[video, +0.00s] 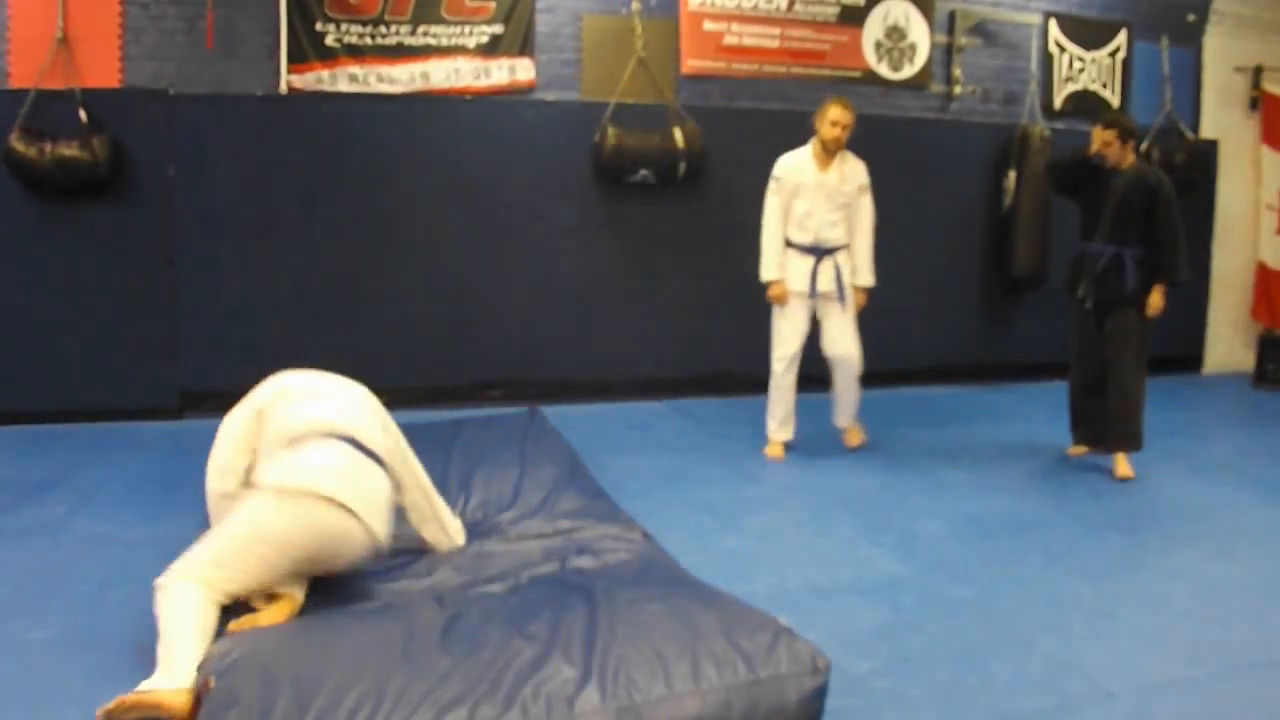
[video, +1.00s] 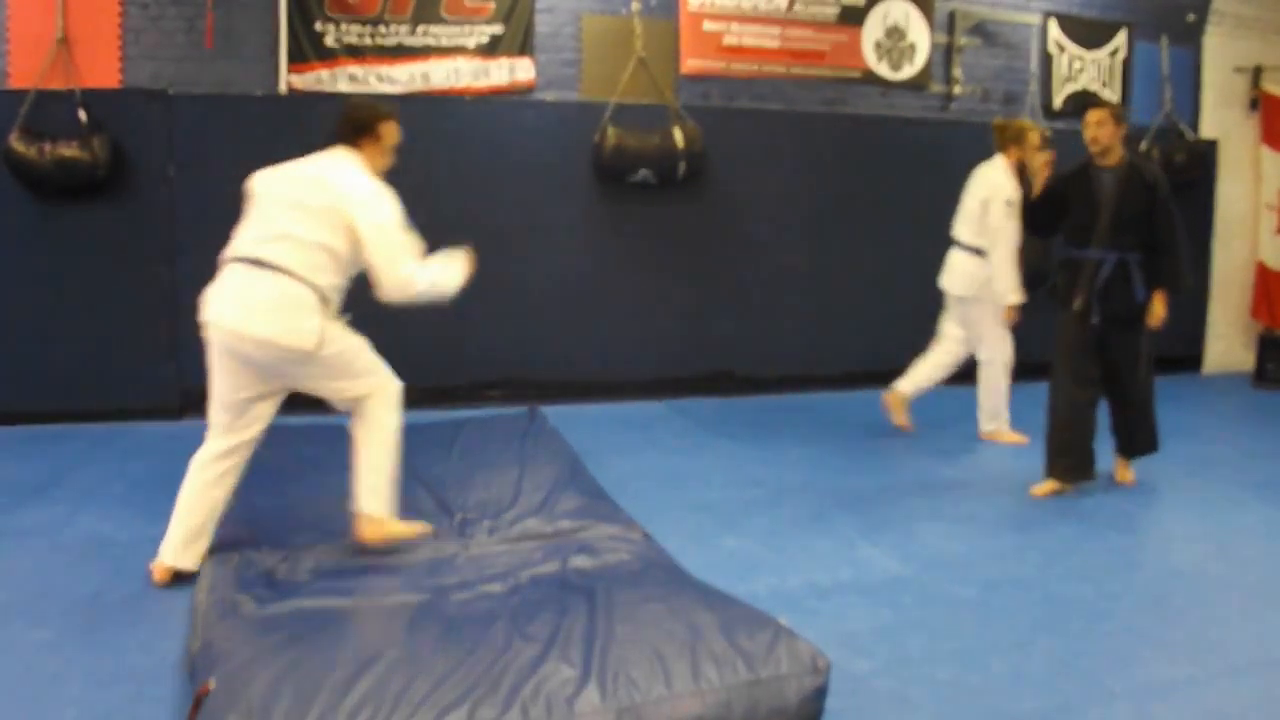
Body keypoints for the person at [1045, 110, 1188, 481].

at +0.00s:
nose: (1098, 152)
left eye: (1105, 145)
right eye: (1096, 145)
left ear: (1125, 144)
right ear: (1097, 146)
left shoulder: (1152, 182)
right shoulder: (1093, 176)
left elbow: (1167, 239)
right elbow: (1057, 177)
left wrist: (1160, 284)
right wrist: (1088, 158)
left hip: (1130, 284)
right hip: (1091, 280)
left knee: (1124, 365)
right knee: (1087, 360)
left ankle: (1120, 448)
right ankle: (1088, 436)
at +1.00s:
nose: (1092, 133)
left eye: (1100, 126)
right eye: (1087, 126)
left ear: (1120, 130)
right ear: (1083, 132)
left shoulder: (1147, 179)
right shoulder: (1073, 179)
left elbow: (1165, 240)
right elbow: (1040, 224)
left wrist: (1161, 291)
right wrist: (1036, 187)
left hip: (1128, 293)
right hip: (1079, 291)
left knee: (1128, 378)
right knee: (1070, 381)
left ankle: (1125, 455)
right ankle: (1064, 470)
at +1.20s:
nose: (1075, 128)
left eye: (1083, 120)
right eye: (1070, 122)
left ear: (1104, 123)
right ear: (1066, 129)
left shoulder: (1134, 173)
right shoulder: (1058, 178)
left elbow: (1159, 233)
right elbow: (1039, 243)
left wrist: (1153, 286)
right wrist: (1027, 223)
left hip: (1121, 288)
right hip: (1070, 288)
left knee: (1127, 381)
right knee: (1065, 381)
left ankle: (1125, 451)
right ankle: (1062, 473)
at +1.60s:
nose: (1088, 125)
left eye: (1097, 118)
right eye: (1085, 119)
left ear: (1122, 125)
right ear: (1082, 127)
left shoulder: (1149, 177)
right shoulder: (1073, 178)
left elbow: (1164, 244)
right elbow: (1049, 240)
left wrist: (1147, 297)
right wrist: (1038, 215)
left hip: (1122, 298)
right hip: (1074, 293)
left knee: (1120, 394)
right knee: (1063, 388)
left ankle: (1119, 494)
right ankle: (1057, 473)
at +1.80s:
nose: (1106, 121)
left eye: (1115, 113)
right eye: (1104, 114)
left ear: (1140, 119)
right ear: (1103, 122)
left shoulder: (1167, 175)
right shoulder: (1094, 170)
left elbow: (1176, 247)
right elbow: (1070, 226)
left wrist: (1163, 304)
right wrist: (1050, 217)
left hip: (1134, 298)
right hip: (1086, 292)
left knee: (1126, 398)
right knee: (1069, 389)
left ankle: (1120, 495)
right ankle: (1061, 474)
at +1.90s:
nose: (1111, 119)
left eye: (1120, 112)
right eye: (1108, 113)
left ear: (1145, 119)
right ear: (1107, 122)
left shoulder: (1171, 176)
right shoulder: (1096, 171)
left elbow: (1183, 247)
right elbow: (1073, 234)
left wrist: (1172, 306)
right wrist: (1063, 199)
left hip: (1139, 296)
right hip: (1091, 289)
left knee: (1130, 398)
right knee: (1075, 390)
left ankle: (1120, 497)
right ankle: (1059, 476)